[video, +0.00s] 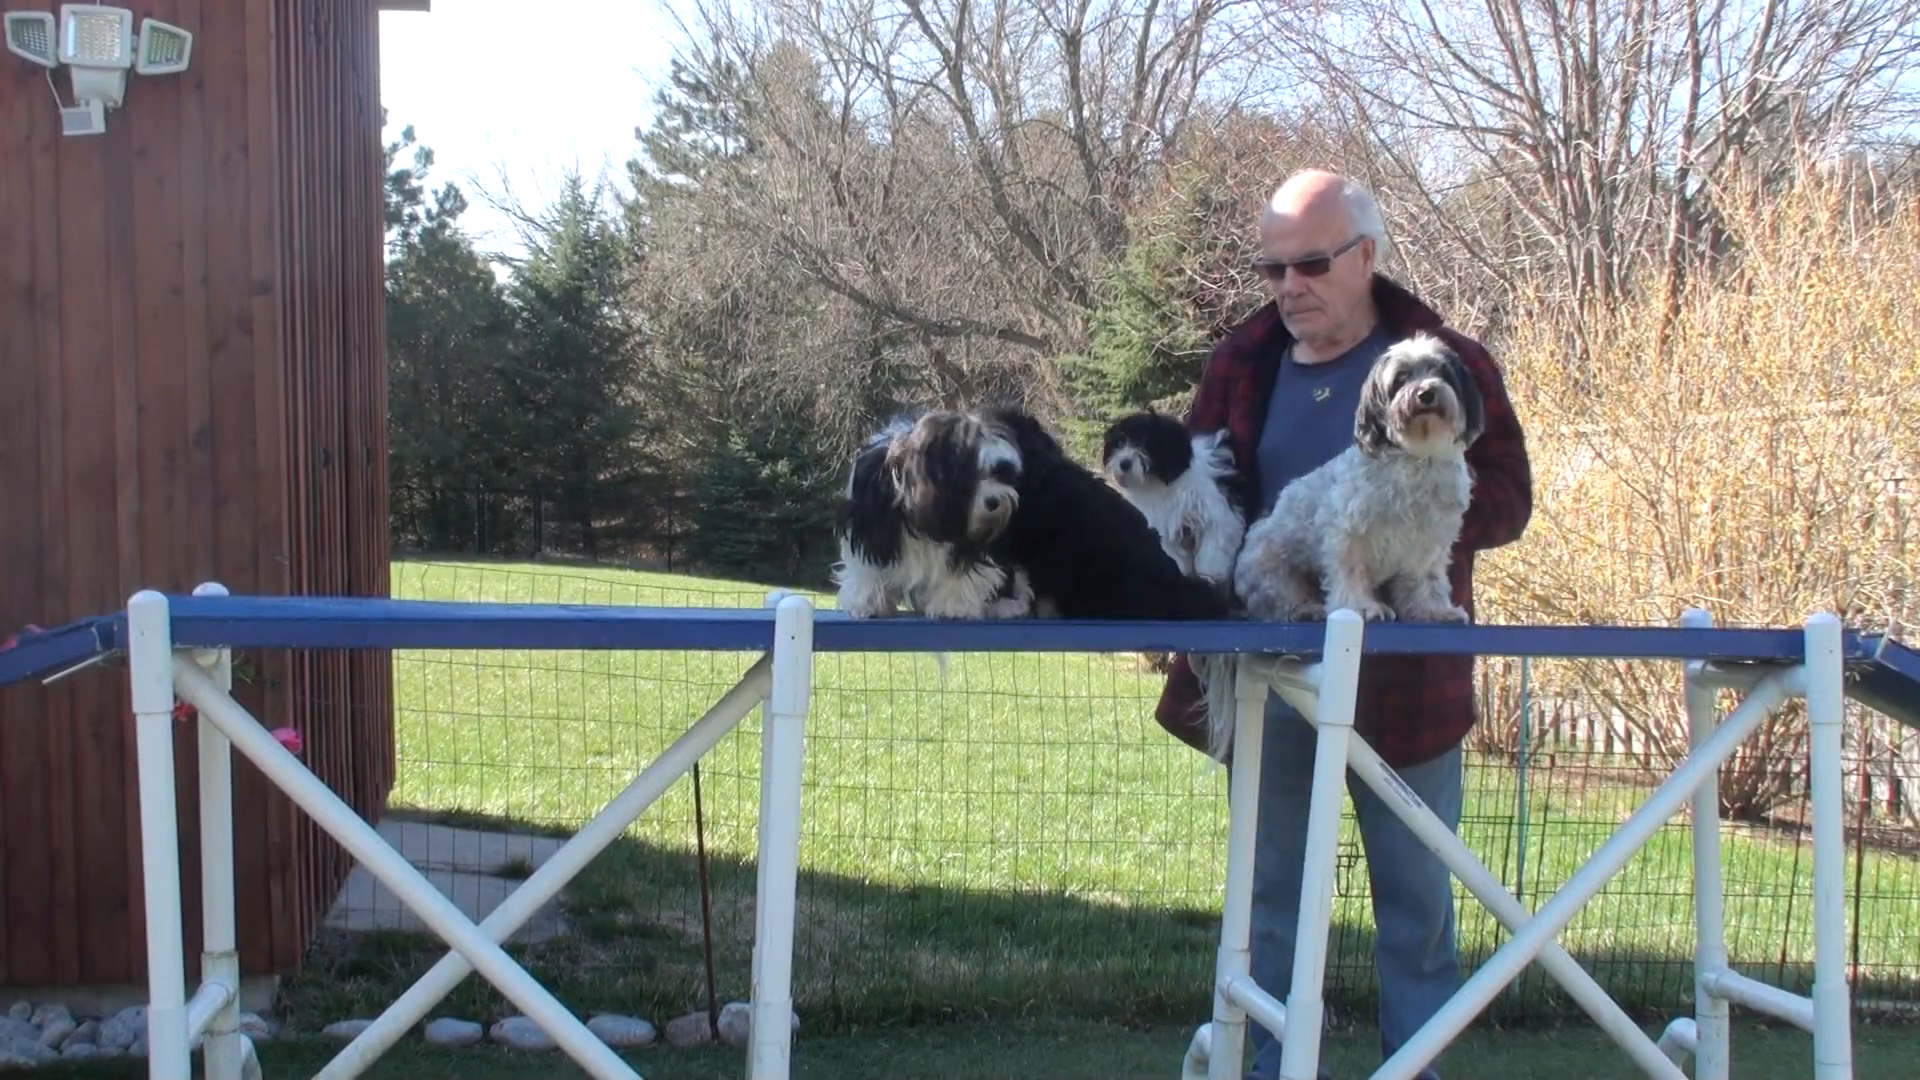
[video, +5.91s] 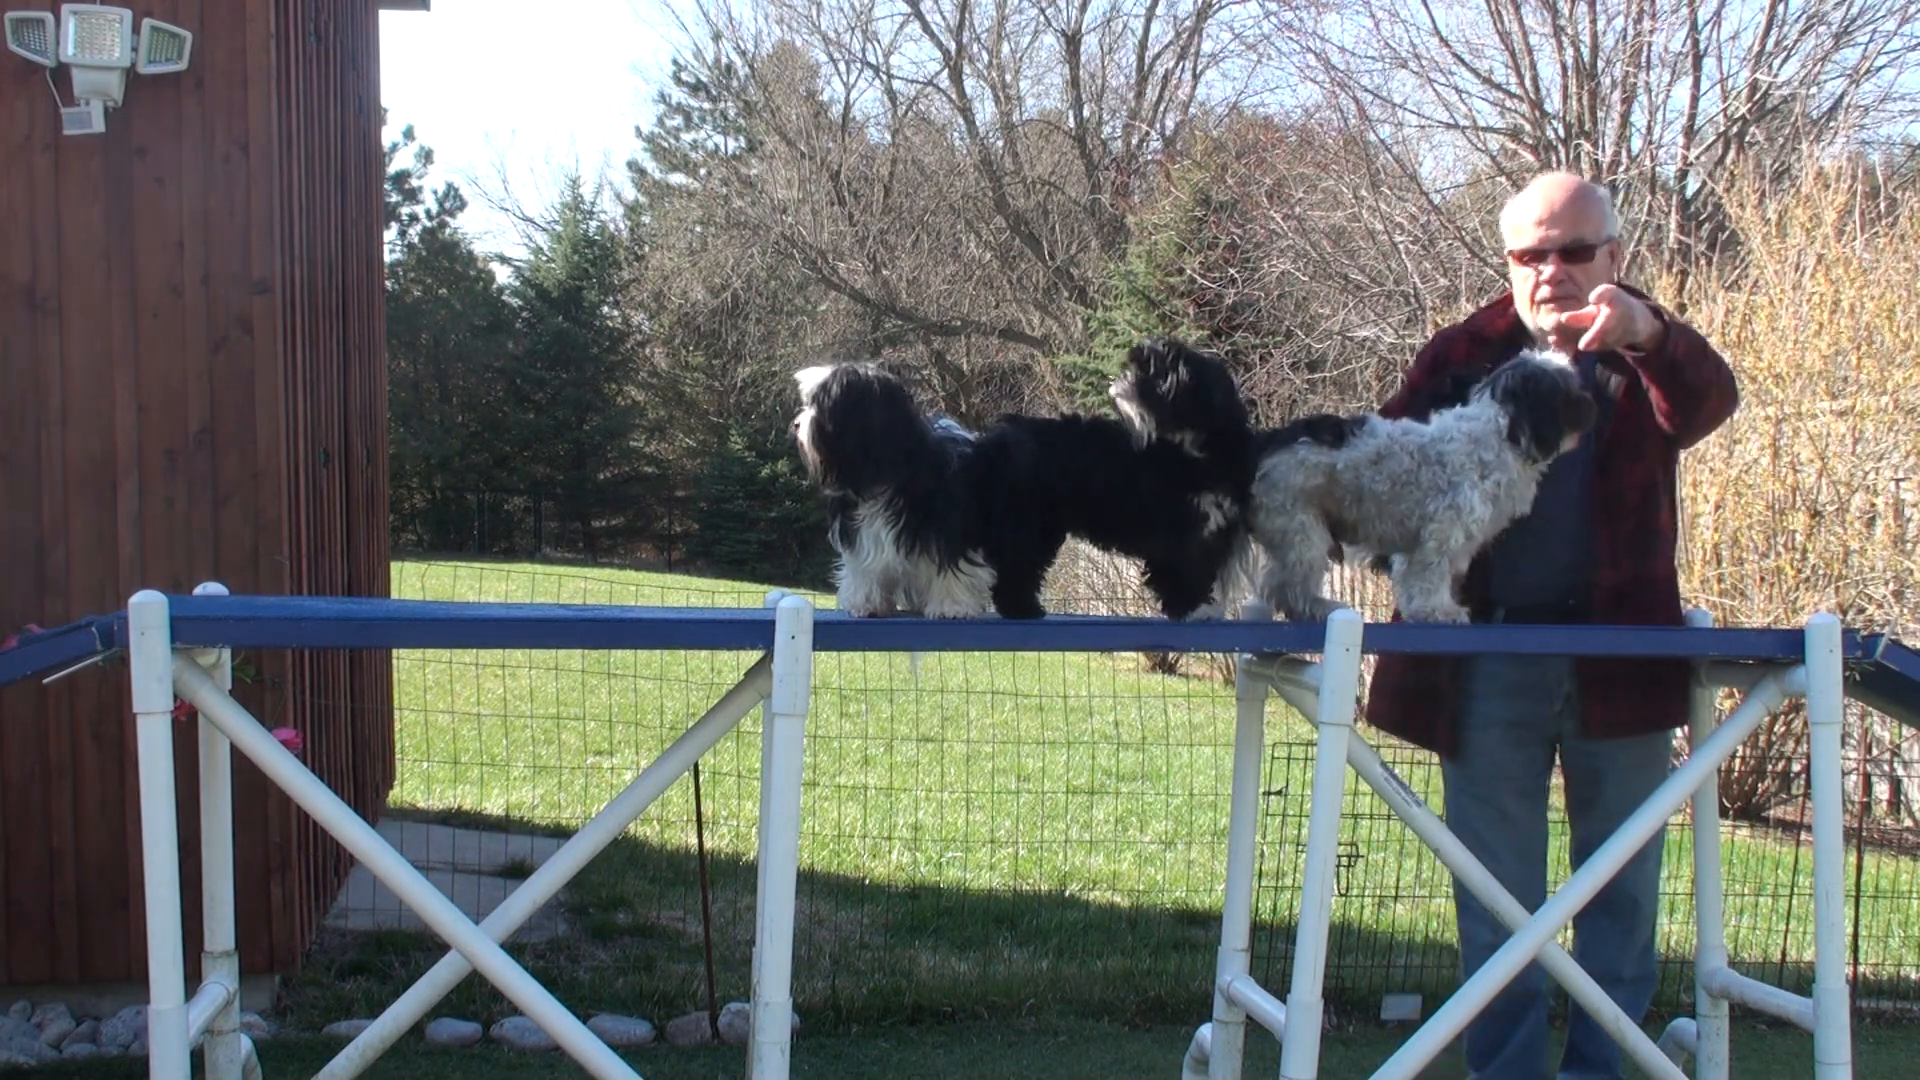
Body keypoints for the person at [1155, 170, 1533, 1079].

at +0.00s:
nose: (1292, 285)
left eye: (1314, 264)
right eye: (1276, 265)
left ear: (1367, 257)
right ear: (1261, 265)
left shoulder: (1446, 365)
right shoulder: (1235, 367)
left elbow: (1504, 496)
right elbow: (1192, 509)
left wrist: (1397, 546)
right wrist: (1195, 623)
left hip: (1407, 670)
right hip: (1271, 668)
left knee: (1415, 895)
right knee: (1271, 885)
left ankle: (1417, 1062)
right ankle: (1269, 1059)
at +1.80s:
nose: (1366, 264)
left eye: (1389, 245)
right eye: (1352, 249)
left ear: (1442, 252)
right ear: (1339, 261)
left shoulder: (1525, 372)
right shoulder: (1307, 368)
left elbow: (1574, 507)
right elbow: (1258, 498)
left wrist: (1453, 486)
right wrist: (1301, 539)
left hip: (1478, 672)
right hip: (1336, 668)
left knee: (1490, 902)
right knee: (1339, 903)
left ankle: (1487, 1063)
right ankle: (1335, 1069)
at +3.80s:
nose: (1446, 277)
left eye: (1468, 256)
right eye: (1425, 259)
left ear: (1504, 251)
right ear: (1399, 257)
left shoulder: (1560, 365)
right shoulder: (1351, 357)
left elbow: (1613, 503)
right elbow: (1258, 476)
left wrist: (1549, 514)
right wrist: (1327, 545)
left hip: (1533, 663)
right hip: (1396, 661)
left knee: (1564, 899)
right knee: (1405, 905)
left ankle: (1559, 1066)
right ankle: (1414, 1071)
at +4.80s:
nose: (1580, 253)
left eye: (1605, 236)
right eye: (1560, 236)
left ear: (1641, 254)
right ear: (1532, 251)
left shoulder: (1682, 375)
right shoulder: (1469, 348)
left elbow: (1725, 516)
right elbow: (1380, 447)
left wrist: (1611, 477)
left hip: (1610, 658)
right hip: (1470, 650)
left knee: (1610, 898)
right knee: (1448, 891)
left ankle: (1595, 1068)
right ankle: (1425, 1067)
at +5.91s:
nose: (1553, 272)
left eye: (1575, 251)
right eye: (1532, 255)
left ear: (1615, 254)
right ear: (1505, 264)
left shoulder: (1648, 352)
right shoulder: (1457, 357)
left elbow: (1708, 403)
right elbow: (1389, 474)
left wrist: (1648, 335)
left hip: (1622, 659)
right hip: (1486, 657)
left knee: (1622, 895)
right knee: (1495, 896)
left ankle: (1600, 1068)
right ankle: (1504, 1065)